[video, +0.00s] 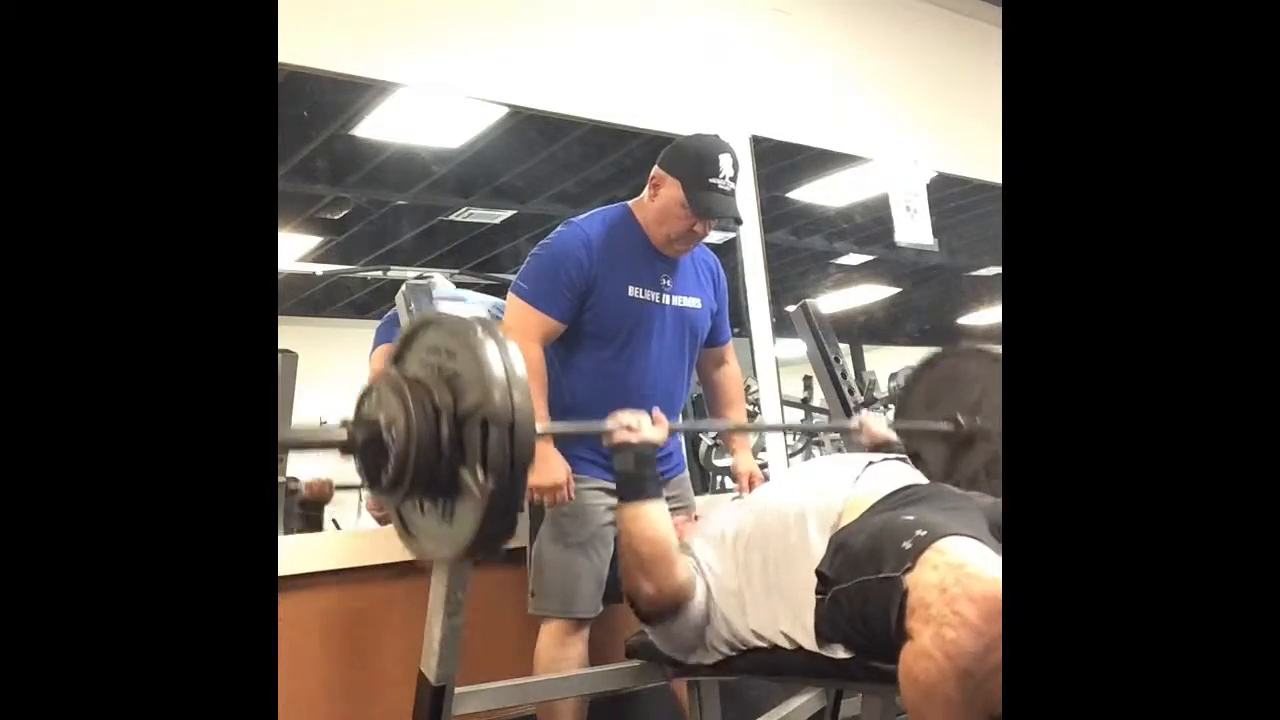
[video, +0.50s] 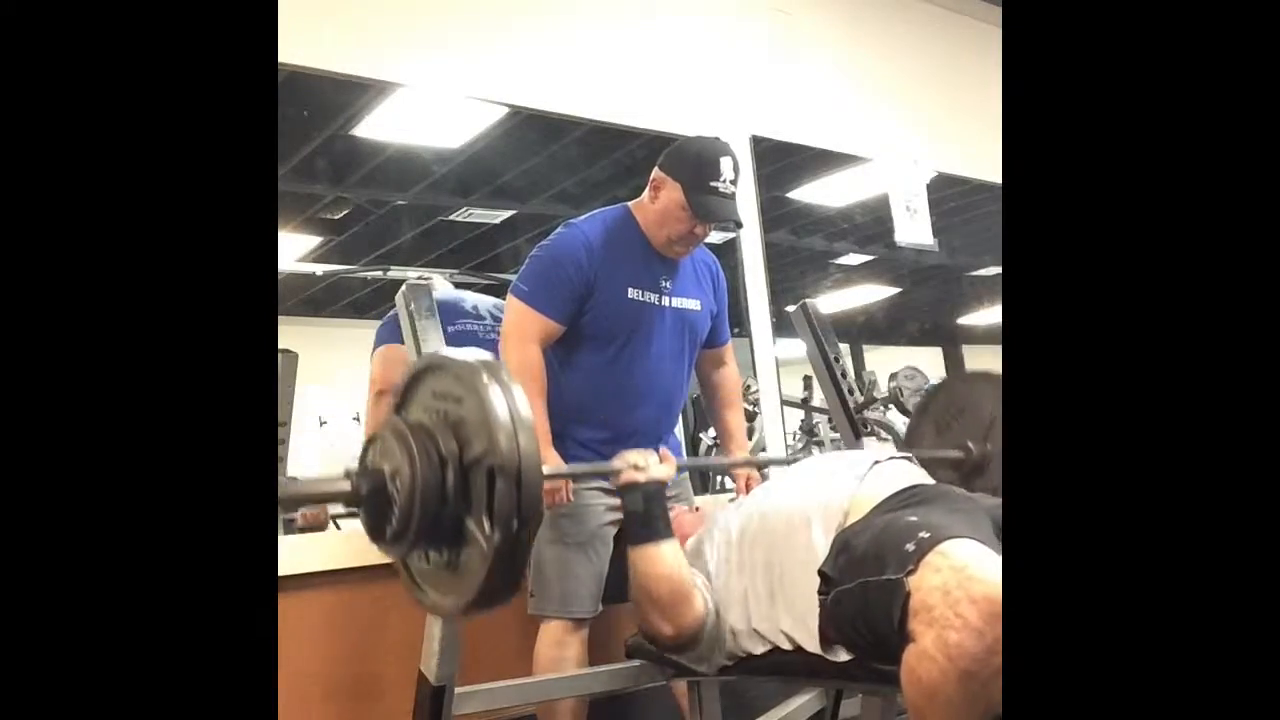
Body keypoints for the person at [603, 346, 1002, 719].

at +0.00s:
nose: (680, 510)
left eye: (679, 506)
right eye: (665, 517)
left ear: (692, 511)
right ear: (662, 543)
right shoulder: (691, 602)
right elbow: (653, 586)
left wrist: (884, 447)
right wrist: (637, 462)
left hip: (956, 496)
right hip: (871, 526)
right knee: (977, 604)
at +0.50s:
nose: (677, 504)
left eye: (678, 498)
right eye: (667, 510)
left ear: (694, 500)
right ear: (664, 544)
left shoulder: (758, 502)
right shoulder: (691, 585)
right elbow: (670, 624)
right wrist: (644, 502)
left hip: (941, 491)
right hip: (866, 530)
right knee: (978, 610)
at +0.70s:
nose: (680, 501)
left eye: (679, 497)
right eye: (668, 511)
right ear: (675, 547)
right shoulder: (696, 581)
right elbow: (683, 665)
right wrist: (653, 541)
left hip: (951, 490)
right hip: (872, 528)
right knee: (978, 615)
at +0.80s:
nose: (692, 498)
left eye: (690, 494)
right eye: (675, 503)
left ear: (710, 500)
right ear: (672, 539)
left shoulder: (765, 504)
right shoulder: (694, 576)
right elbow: (681, 656)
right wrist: (649, 532)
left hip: (950, 491)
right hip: (869, 526)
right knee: (978, 609)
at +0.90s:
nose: (676, 508)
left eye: (678, 501)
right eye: (665, 511)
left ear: (695, 507)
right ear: (662, 539)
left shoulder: (749, 510)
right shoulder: (688, 583)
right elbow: (666, 632)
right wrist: (642, 510)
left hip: (943, 495)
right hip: (866, 533)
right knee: (977, 609)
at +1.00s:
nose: (675, 512)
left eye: (672, 508)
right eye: (660, 521)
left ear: (686, 514)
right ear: (654, 540)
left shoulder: (754, 508)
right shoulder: (692, 603)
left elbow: (907, 488)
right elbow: (655, 604)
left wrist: (879, 451)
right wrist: (636, 484)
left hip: (943, 497)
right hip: (868, 529)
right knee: (976, 602)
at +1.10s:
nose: (672, 511)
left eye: (668, 506)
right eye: (657, 520)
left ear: (683, 510)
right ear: (648, 561)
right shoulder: (684, 606)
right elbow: (644, 565)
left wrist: (876, 440)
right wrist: (628, 445)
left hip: (937, 496)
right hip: (857, 535)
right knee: (974, 593)